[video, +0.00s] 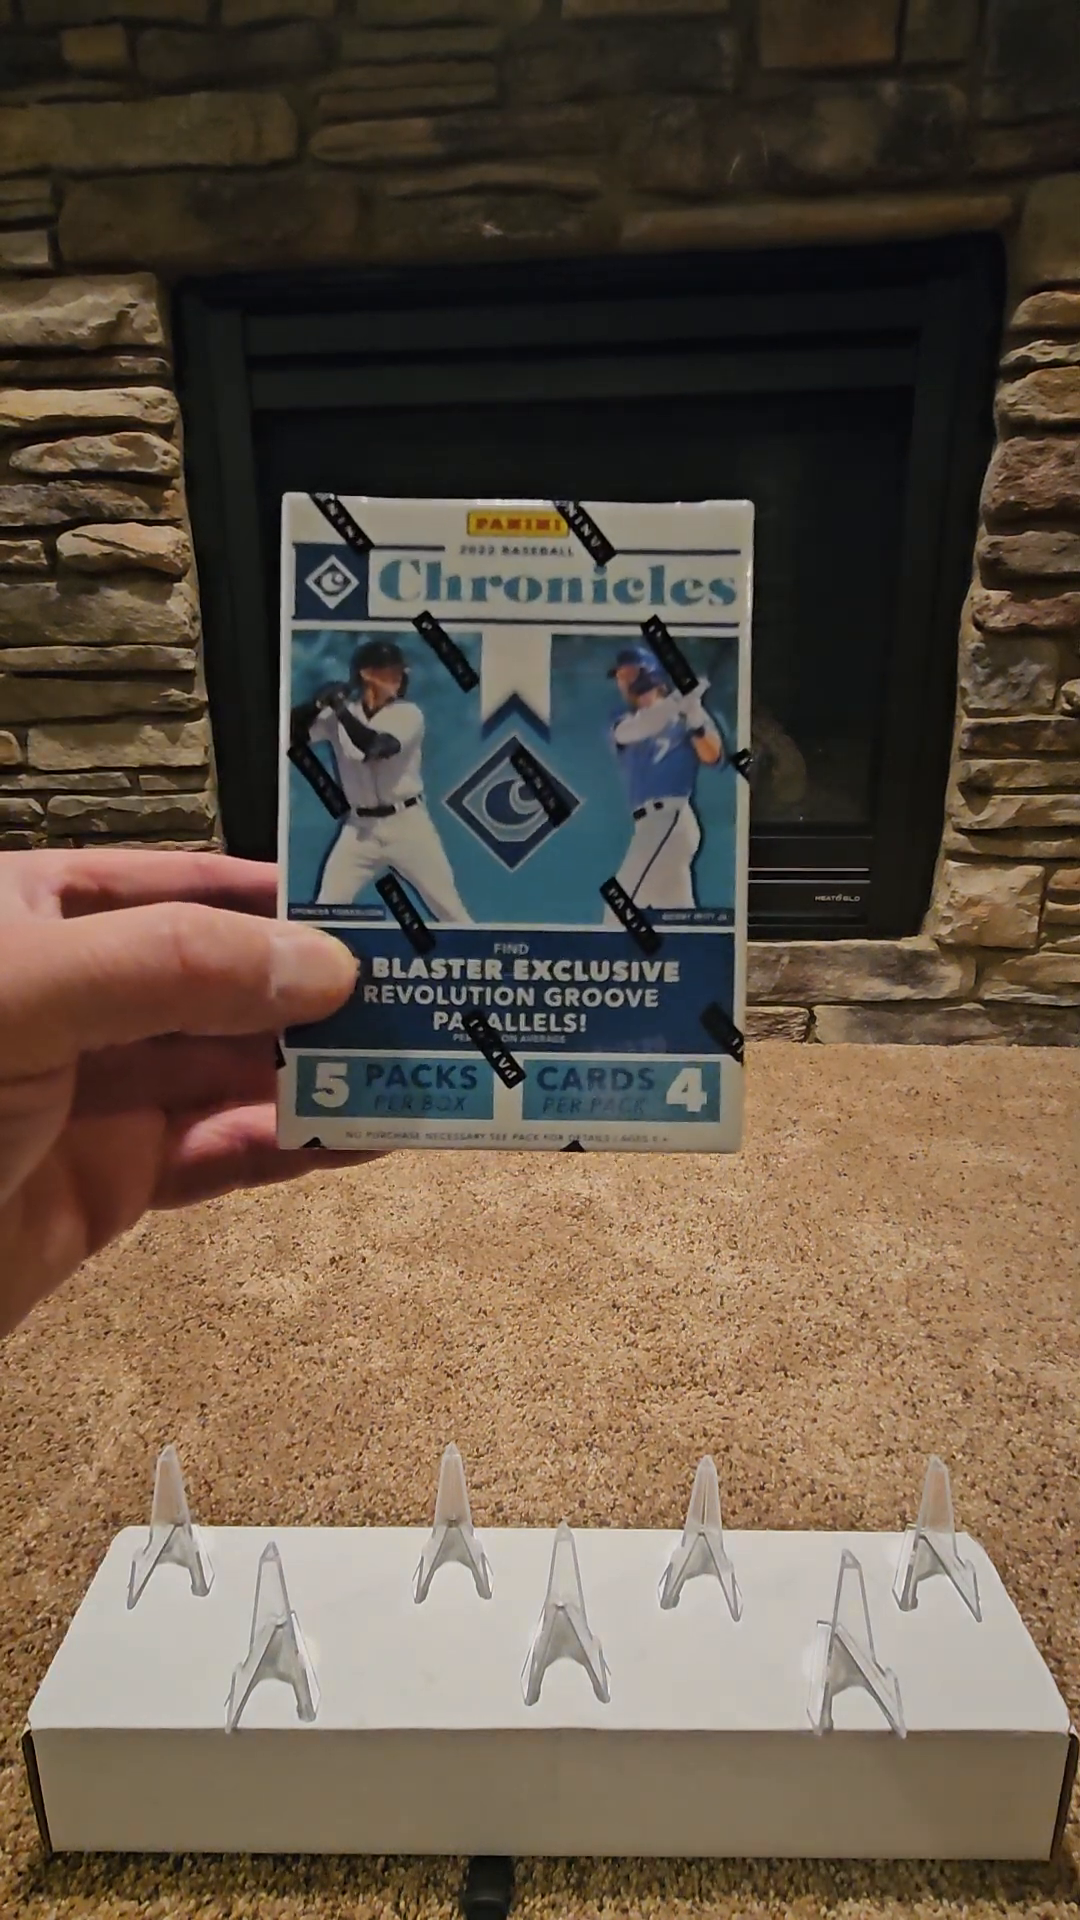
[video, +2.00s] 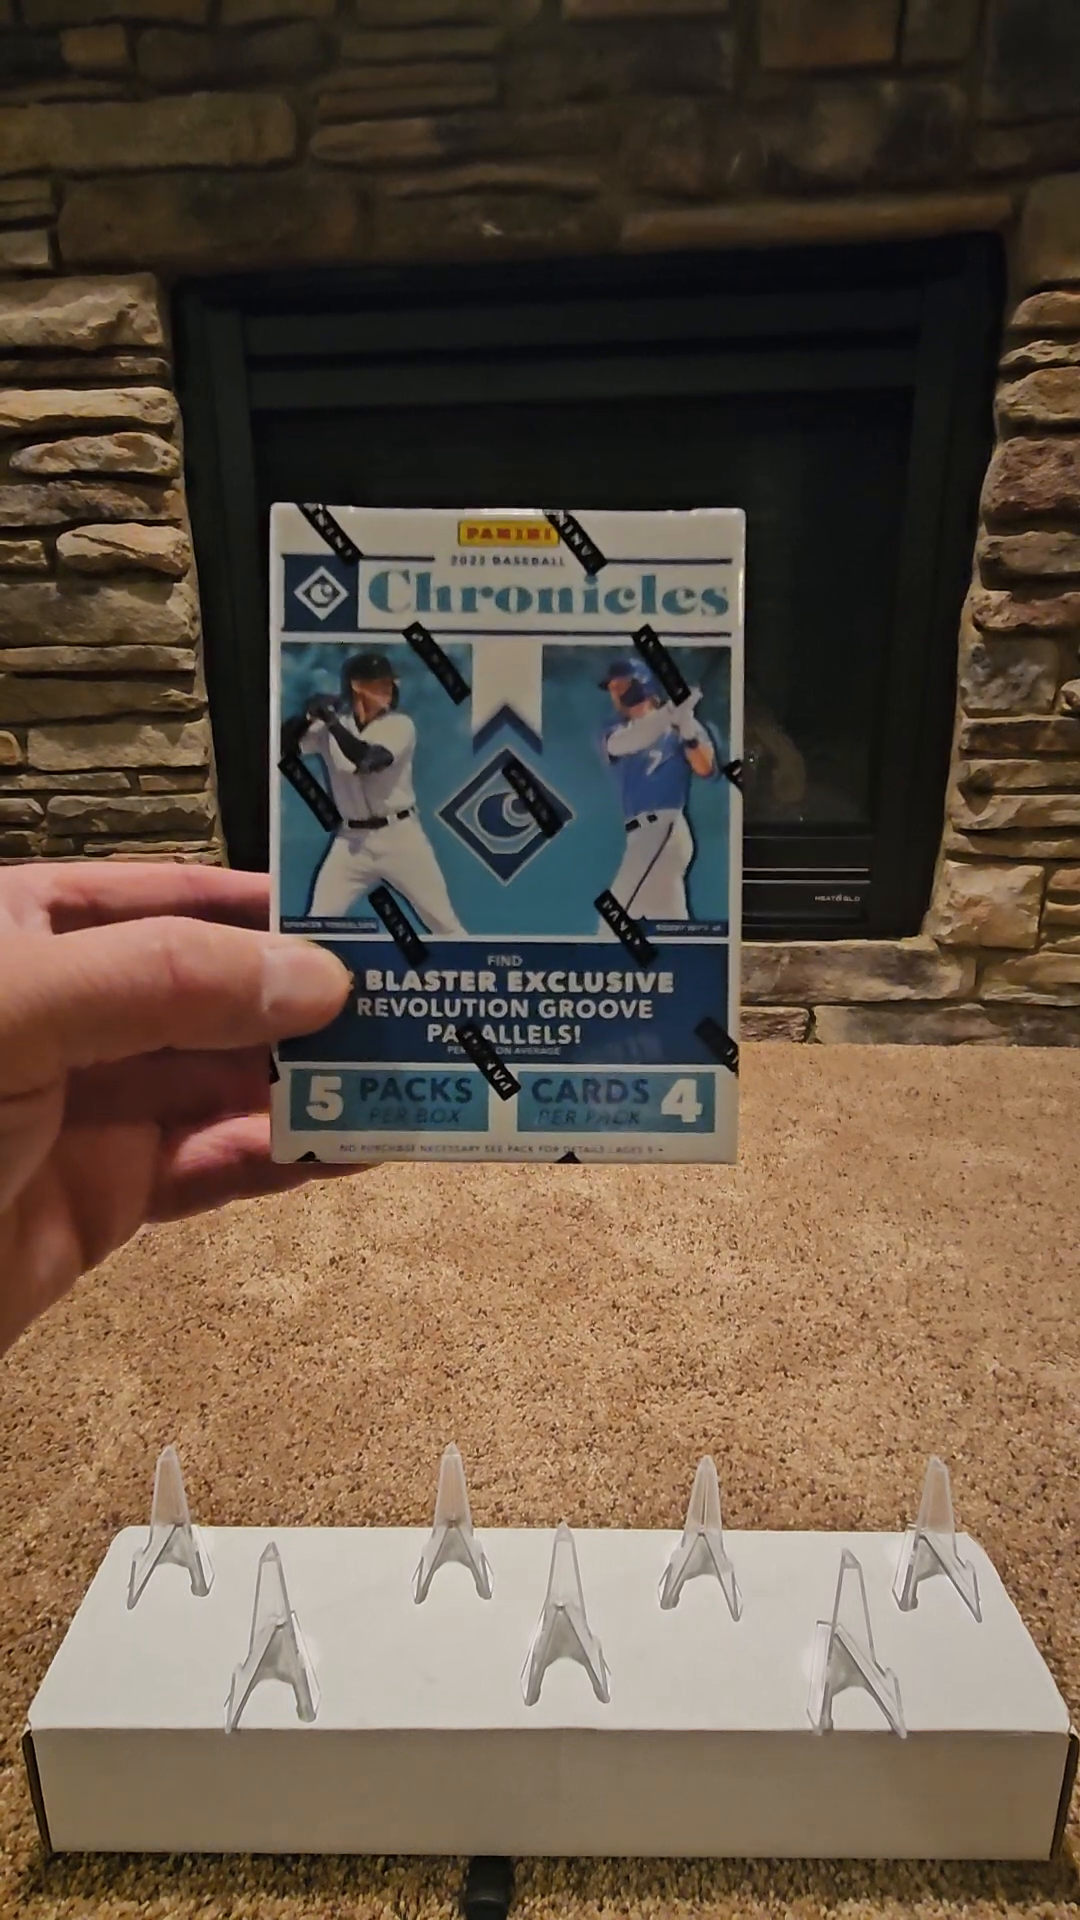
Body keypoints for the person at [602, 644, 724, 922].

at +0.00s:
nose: (623, 682)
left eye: (629, 673)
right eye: (620, 676)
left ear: (649, 676)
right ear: (617, 682)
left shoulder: (686, 712)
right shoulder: (623, 721)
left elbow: (712, 757)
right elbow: (636, 730)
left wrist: (695, 715)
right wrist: (678, 700)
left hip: (671, 820)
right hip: (647, 824)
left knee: (621, 905)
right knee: (677, 915)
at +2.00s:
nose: (614, 697)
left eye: (620, 688)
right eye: (612, 690)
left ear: (639, 687)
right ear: (611, 693)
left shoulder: (681, 724)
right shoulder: (614, 733)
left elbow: (705, 768)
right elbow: (632, 741)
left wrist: (688, 727)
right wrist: (671, 711)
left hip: (664, 831)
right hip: (640, 835)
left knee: (615, 918)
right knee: (671, 927)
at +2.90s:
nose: (605, 699)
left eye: (611, 690)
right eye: (603, 692)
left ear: (631, 689)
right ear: (602, 697)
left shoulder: (674, 727)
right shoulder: (609, 737)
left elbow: (699, 771)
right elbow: (621, 745)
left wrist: (680, 730)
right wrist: (661, 715)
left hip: (659, 835)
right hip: (634, 839)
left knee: (610, 921)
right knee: (667, 931)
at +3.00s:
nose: (609, 710)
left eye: (615, 700)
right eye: (606, 702)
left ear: (634, 698)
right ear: (604, 705)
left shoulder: (676, 734)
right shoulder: (611, 746)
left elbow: (702, 779)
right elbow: (630, 750)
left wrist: (684, 737)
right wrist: (666, 722)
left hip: (661, 843)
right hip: (637, 847)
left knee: (612, 930)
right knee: (671, 942)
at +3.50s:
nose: (604, 673)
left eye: (611, 663)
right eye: (600, 666)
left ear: (631, 664)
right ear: (596, 673)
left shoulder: (672, 702)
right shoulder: (601, 714)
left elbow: (699, 750)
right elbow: (624, 720)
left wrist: (679, 707)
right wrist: (662, 689)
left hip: (656, 816)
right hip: (632, 820)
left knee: (605, 906)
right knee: (665, 919)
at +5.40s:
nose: (683, 554)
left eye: (692, 541)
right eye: (678, 545)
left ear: (719, 544)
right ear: (675, 555)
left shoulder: (763, 590)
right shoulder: (686, 607)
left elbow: (800, 651)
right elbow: (692, 620)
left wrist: (776, 589)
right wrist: (755, 576)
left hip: (746, 733)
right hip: (714, 737)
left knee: (680, 849)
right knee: (749, 863)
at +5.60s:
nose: (660, 607)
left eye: (668, 595)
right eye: (656, 598)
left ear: (695, 596)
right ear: (653, 603)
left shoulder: (749, 645)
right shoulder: (662, 654)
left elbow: (778, 703)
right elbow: (686, 663)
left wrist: (755, 646)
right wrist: (733, 625)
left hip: (723, 783)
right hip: (692, 788)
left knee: (657, 892)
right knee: (732, 908)